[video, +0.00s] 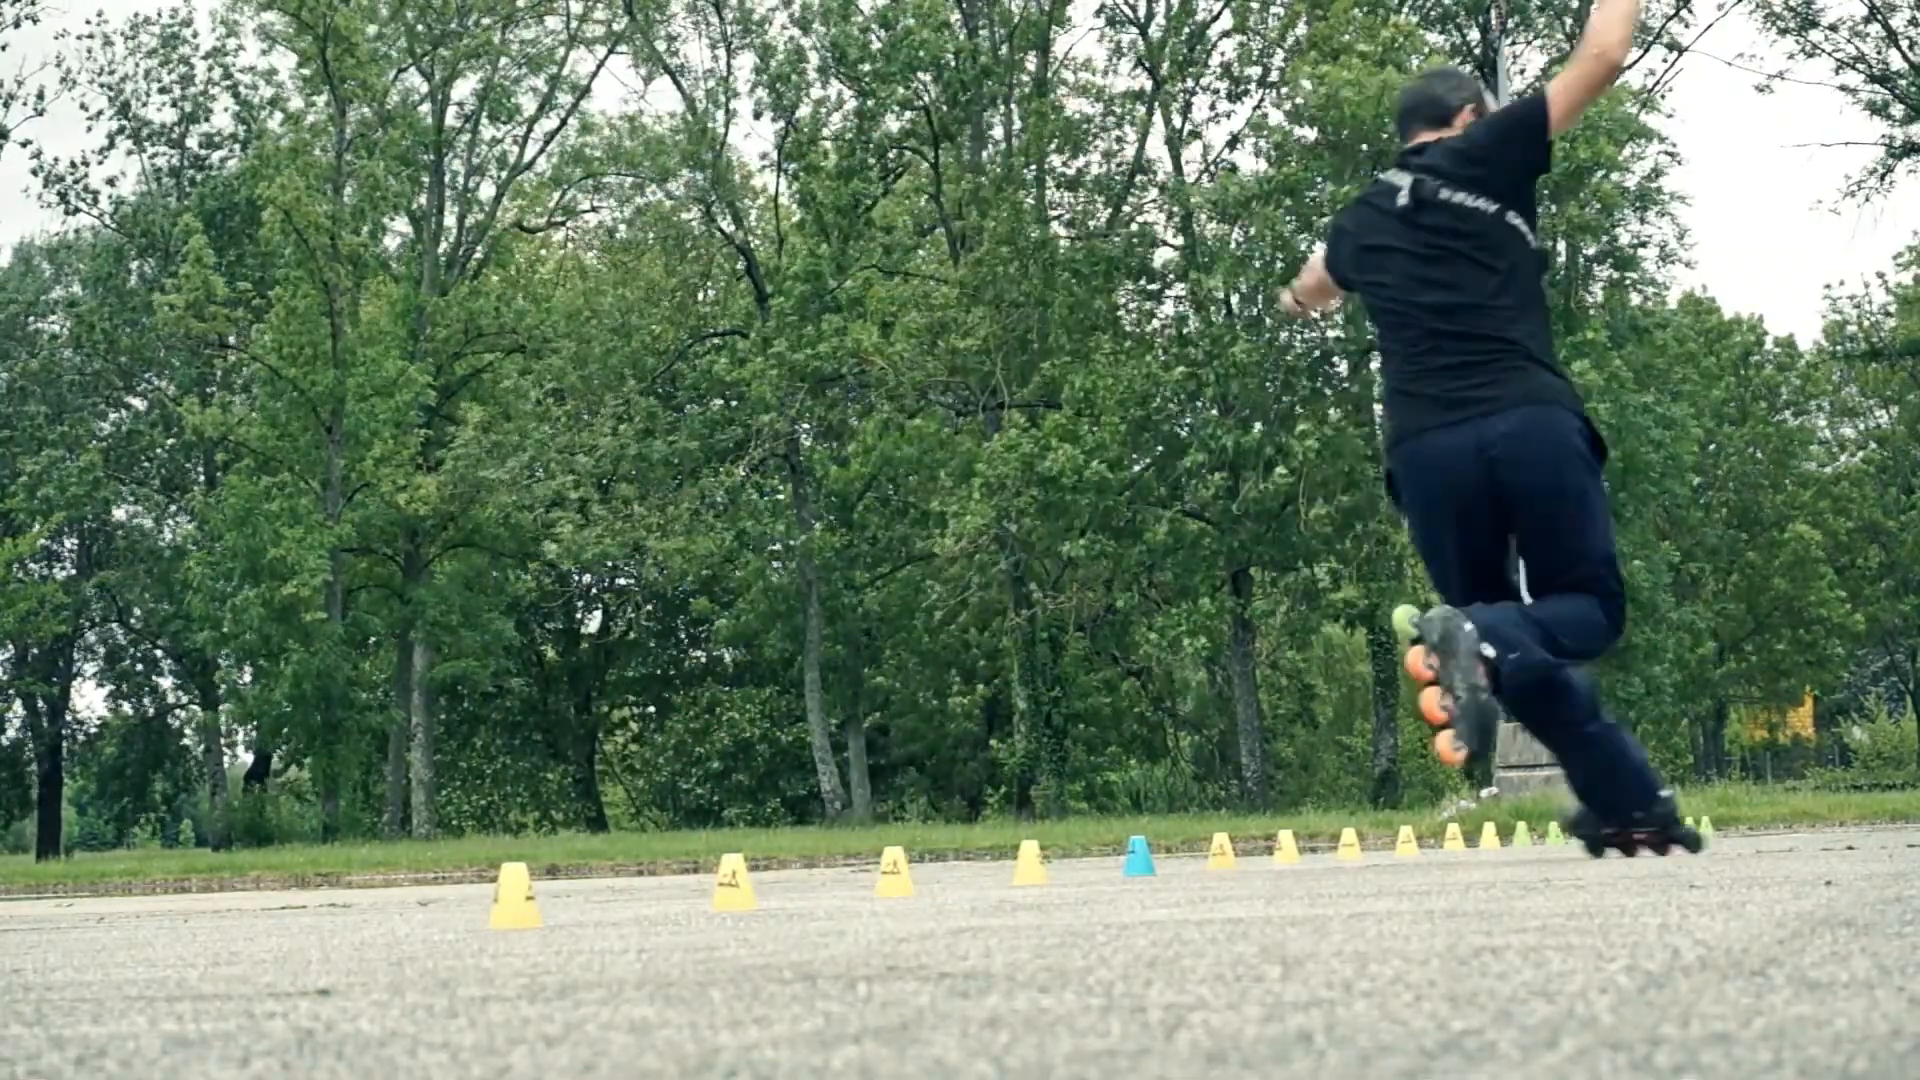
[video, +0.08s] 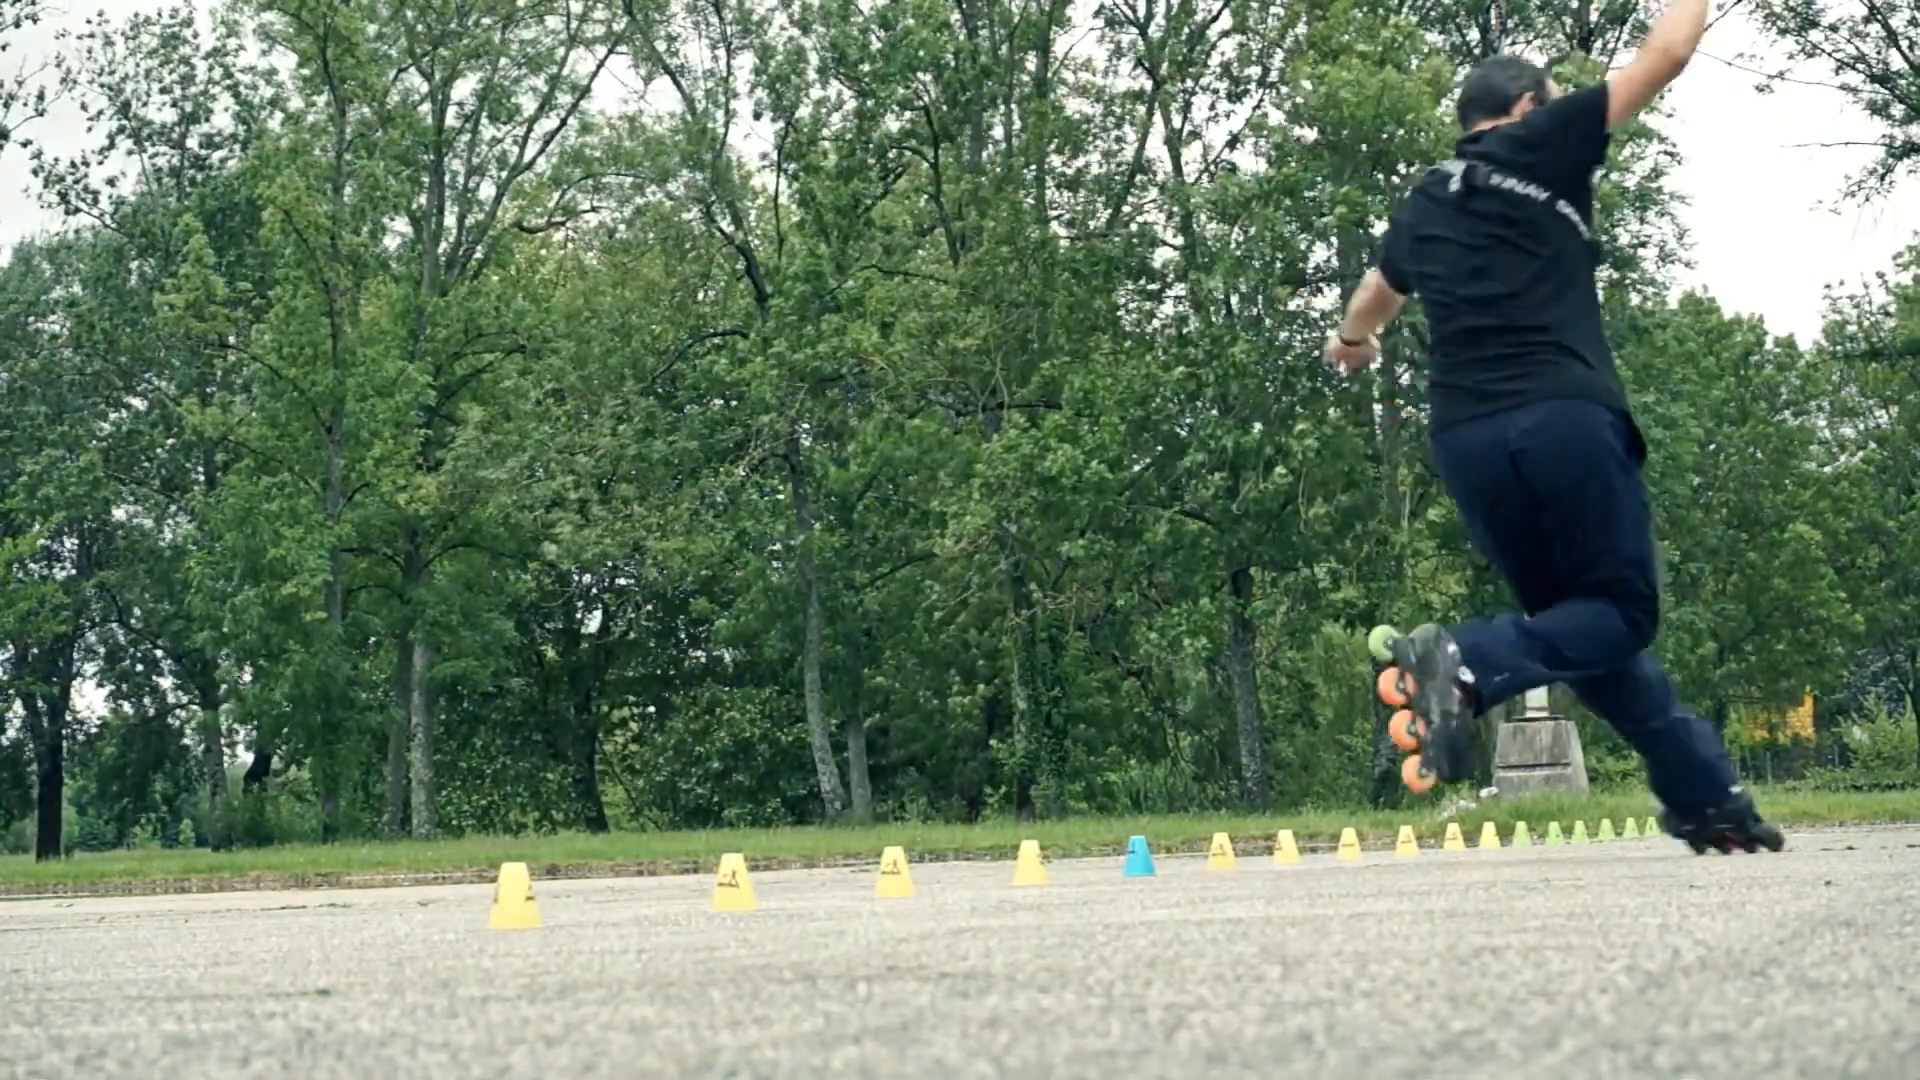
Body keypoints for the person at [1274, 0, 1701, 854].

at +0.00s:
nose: (1490, 122)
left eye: (1485, 114)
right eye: (1484, 113)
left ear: (1404, 130)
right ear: (1464, 117)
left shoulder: (1360, 219)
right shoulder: (1492, 149)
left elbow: (1309, 294)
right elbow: (1602, 56)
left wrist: (1314, 285)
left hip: (1426, 450)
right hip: (1530, 425)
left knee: (1504, 645)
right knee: (1591, 608)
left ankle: (1632, 807)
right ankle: (1482, 640)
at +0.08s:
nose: (1553, 116)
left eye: (1549, 106)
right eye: (1547, 105)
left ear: (1465, 119)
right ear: (1523, 108)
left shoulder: (1421, 205)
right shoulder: (1546, 139)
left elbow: (1372, 300)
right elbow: (1664, 54)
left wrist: (1353, 339)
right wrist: (1693, 3)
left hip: (1464, 437)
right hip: (1564, 412)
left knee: (1584, 633)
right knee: (1621, 608)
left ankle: (1704, 796)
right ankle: (1465, 665)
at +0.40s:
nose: (1727, 95)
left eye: (1728, 80)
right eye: (1718, 77)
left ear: (1648, 67)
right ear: (1665, 64)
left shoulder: (1562, 151)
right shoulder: (1628, 101)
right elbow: (1788, 91)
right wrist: (1851, 151)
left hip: (1534, 404)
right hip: (1592, 390)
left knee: (1724, 606)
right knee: (1675, 612)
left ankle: (1806, 774)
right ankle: (1463, 737)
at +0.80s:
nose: (1565, 56)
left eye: (1587, 39)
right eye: (1547, 31)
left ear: (1605, 38)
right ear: (1505, 16)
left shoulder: (1596, 157)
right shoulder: (1430, 102)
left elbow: (1644, 286)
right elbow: (1318, 157)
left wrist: (1712, 379)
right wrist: (1357, 197)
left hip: (1528, 420)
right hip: (1412, 417)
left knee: (1568, 575)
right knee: (1466, 609)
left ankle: (1471, 762)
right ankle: (1445, 800)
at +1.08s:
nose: (1325, 36)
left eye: (1344, 15)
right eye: (1309, 18)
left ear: (1398, 6)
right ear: (1297, 15)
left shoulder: (1469, 108)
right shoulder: (1291, 106)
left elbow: (1551, 245)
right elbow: (1195, 204)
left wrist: (1535, 358)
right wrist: (1106, 281)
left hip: (1415, 407)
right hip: (1301, 413)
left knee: (1329, 592)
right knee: (1312, 621)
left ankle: (1222, 780)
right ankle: (1476, 740)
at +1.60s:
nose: (1162, 27)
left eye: (1168, 5)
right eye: (1155, 12)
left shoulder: (1275, 70)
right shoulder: (1340, 49)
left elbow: (1328, 231)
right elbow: (1394, 213)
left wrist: (1273, 375)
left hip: (1407, 343)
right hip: (1469, 329)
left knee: (1413, 578)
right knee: (1351, 543)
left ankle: (1548, 794)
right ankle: (1448, 765)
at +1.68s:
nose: (1137, 32)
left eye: (1145, 9)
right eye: (1128, 17)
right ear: (1230, 0)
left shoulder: (1243, 71)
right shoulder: (1332, 49)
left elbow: (1295, 224)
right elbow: (1422, 163)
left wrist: (1255, 364)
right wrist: (1388, 266)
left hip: (1391, 324)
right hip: (1470, 310)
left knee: (1440, 566)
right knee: (1363, 559)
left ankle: (1574, 788)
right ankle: (1400, 779)